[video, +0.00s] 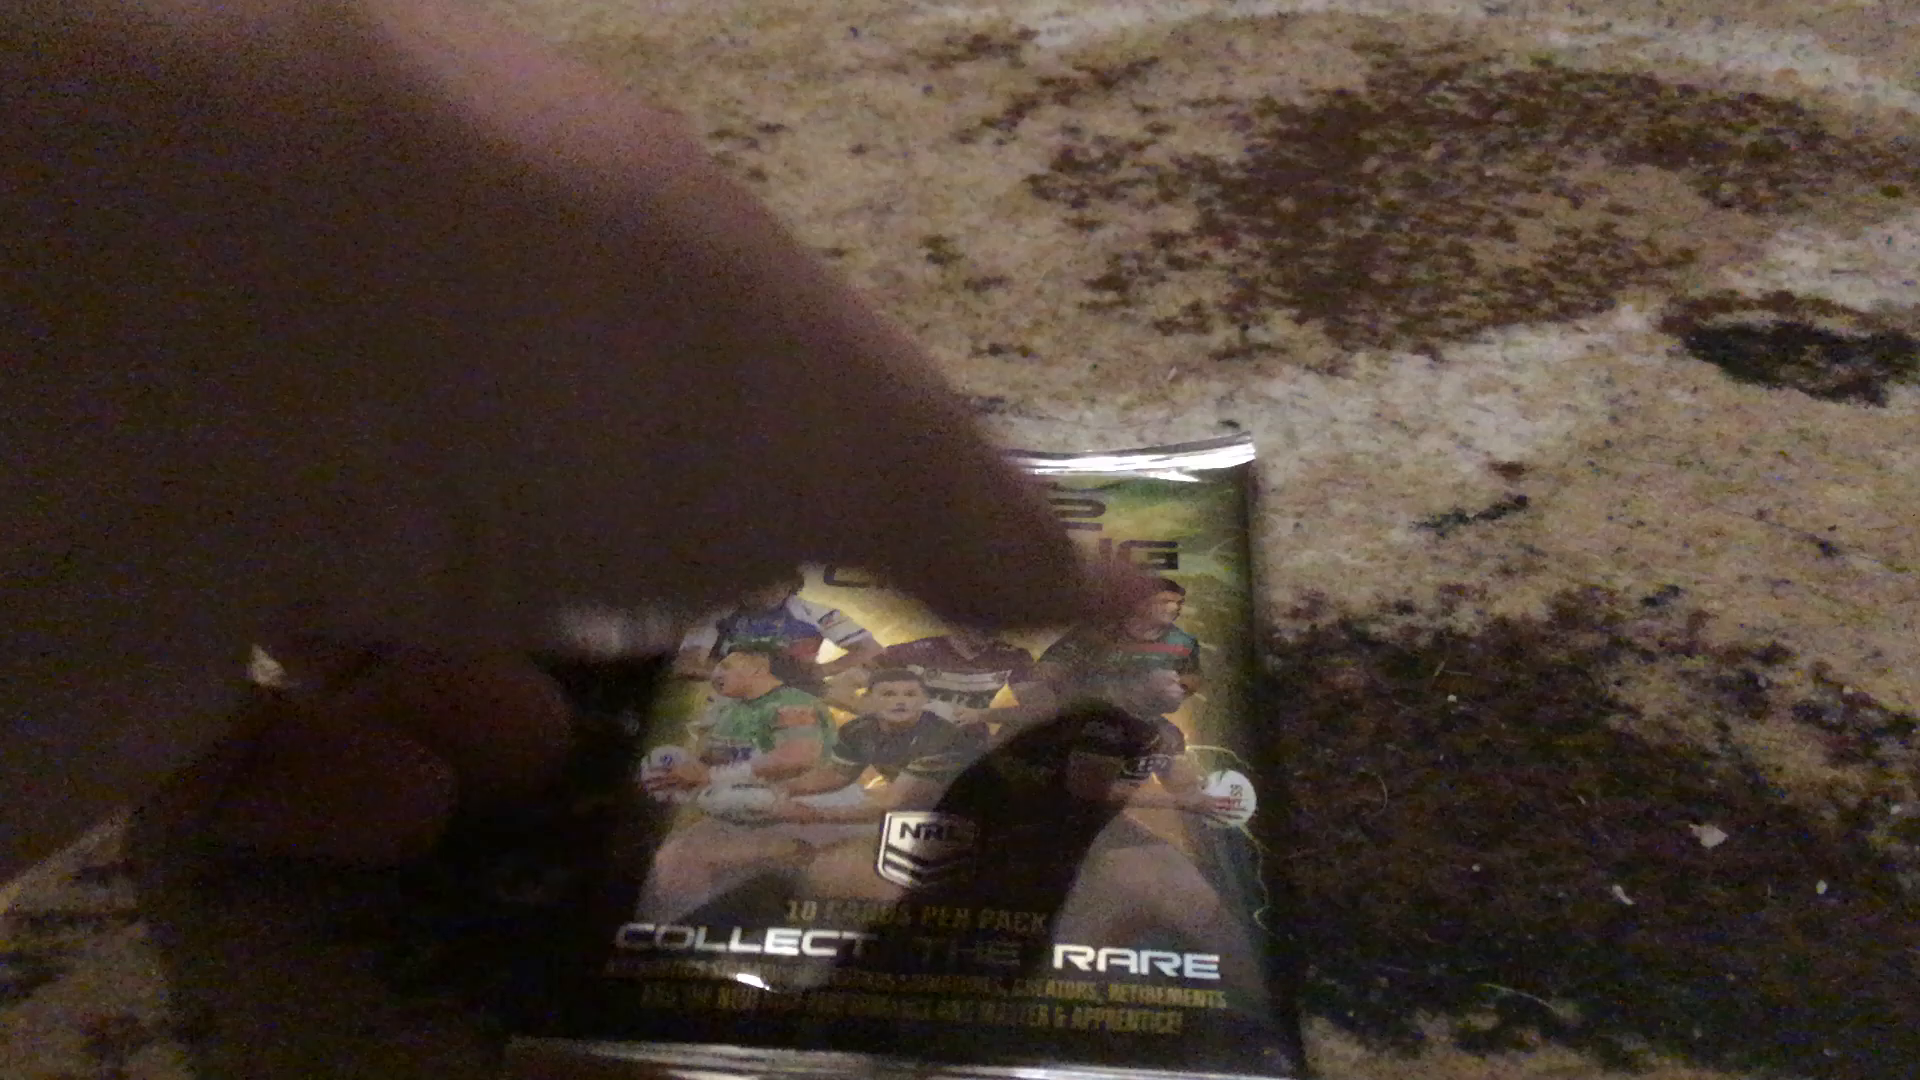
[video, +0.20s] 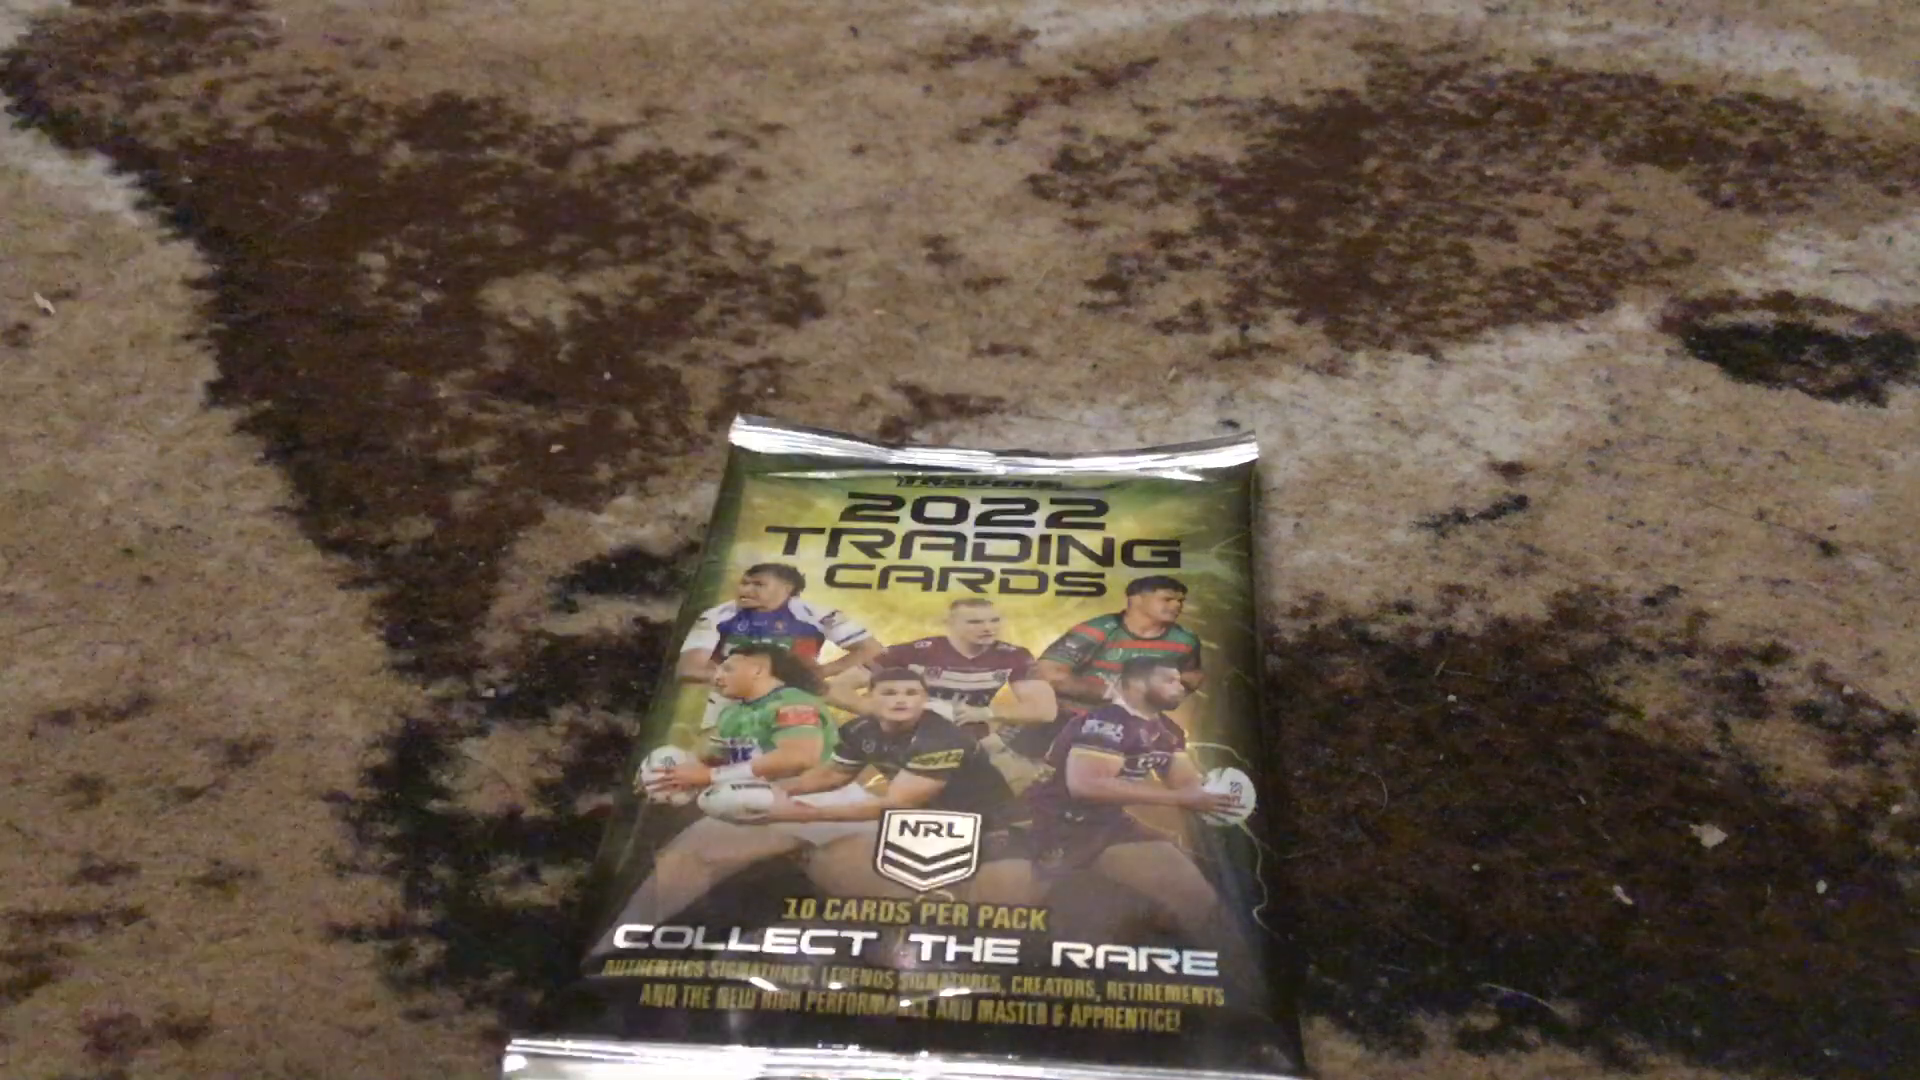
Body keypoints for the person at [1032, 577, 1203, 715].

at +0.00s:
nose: (1174, 609)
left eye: (1178, 604)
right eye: (1165, 602)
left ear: (1180, 607)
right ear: (1142, 602)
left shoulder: (1183, 644)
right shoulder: (1096, 632)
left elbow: (1193, 678)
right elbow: (1057, 661)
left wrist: (1178, 688)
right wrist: (1042, 679)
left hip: (1141, 722)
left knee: (1171, 739)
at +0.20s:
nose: (1176, 606)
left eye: (1179, 602)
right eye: (1167, 599)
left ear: (1182, 606)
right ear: (1135, 600)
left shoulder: (1185, 641)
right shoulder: (1098, 630)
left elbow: (1194, 676)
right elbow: (1046, 670)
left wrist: (1162, 691)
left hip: (1148, 731)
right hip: (1088, 728)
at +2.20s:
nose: (1177, 605)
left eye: (1179, 600)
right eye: (1168, 598)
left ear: (1183, 604)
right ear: (1135, 598)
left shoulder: (1186, 640)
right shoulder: (1098, 629)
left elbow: (1194, 672)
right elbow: (1045, 671)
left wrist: (1162, 694)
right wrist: (1107, 691)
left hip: (1142, 729)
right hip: (1082, 726)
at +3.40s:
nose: (1188, 605)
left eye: (1191, 598)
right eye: (1180, 596)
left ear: (1194, 600)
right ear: (1156, 596)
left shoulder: (1196, 639)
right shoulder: (1112, 626)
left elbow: (1215, 678)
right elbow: (1060, 665)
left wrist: (1185, 686)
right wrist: (1108, 683)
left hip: (1162, 728)